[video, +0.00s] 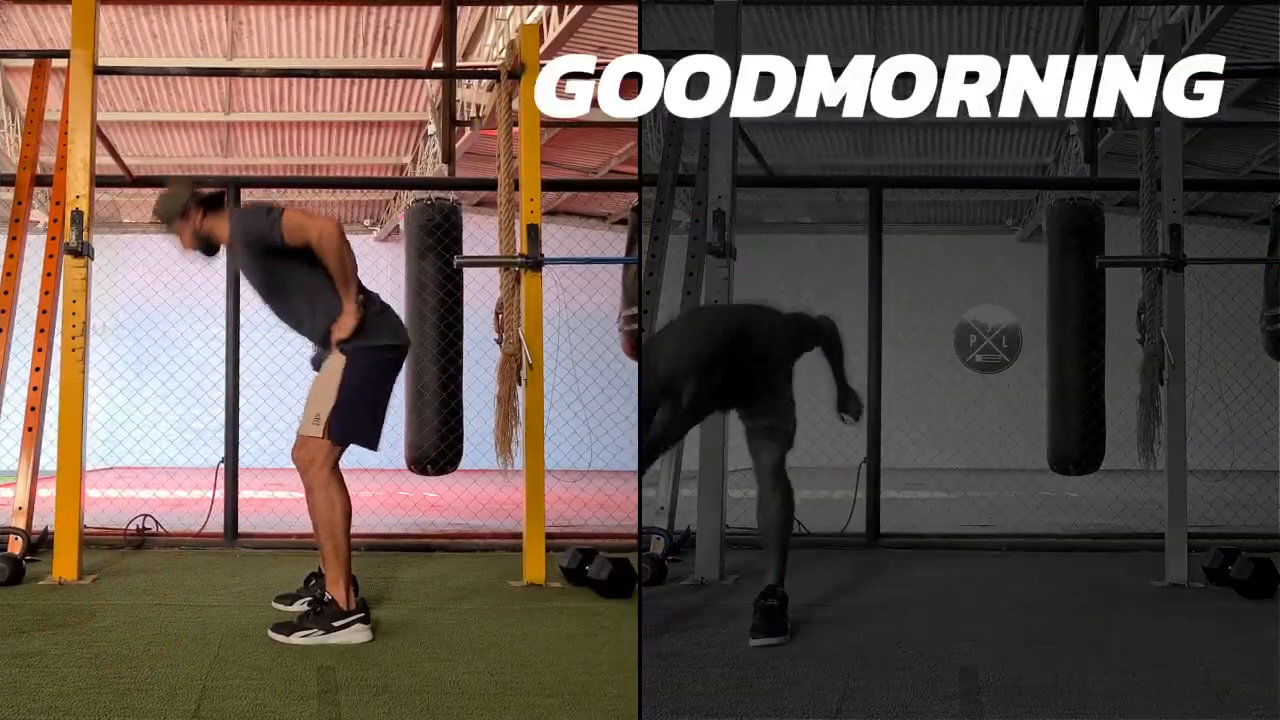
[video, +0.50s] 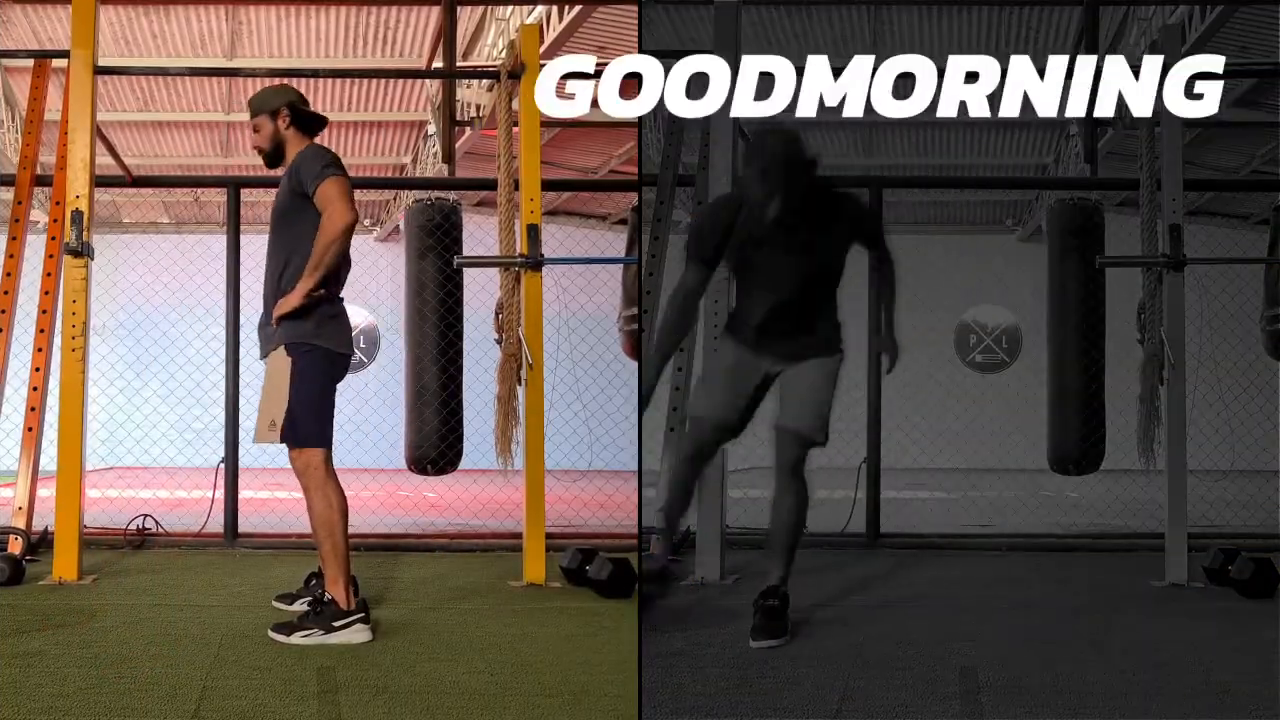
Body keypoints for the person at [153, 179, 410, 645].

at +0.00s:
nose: (177, 238)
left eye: (175, 227)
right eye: (172, 229)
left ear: (196, 211)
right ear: (196, 213)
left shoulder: (248, 222)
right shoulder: (242, 236)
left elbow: (326, 231)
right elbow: (321, 236)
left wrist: (349, 307)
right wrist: (336, 316)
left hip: (361, 342)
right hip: (353, 342)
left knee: (313, 457)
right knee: (316, 457)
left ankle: (341, 605)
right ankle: (336, 579)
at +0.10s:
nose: (192, 194)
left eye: (191, 182)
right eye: (188, 185)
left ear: (212, 167)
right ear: (215, 167)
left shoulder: (264, 187)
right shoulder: (255, 202)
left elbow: (334, 212)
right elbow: (329, 217)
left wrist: (337, 294)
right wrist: (324, 302)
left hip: (347, 340)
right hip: (337, 341)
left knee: (312, 458)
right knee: (312, 457)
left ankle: (341, 604)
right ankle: (336, 581)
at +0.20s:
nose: (212, 161)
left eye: (213, 149)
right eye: (209, 152)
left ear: (237, 137)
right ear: (237, 137)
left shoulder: (282, 165)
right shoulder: (273, 178)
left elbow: (337, 206)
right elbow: (334, 212)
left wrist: (323, 287)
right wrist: (314, 293)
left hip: (333, 337)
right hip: (326, 337)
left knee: (313, 458)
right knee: (313, 458)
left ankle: (342, 604)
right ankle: (334, 579)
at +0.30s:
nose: (228, 142)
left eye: (232, 131)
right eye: (227, 132)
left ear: (258, 124)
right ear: (262, 124)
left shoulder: (295, 158)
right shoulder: (287, 167)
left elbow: (339, 210)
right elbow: (333, 222)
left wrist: (313, 288)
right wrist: (306, 293)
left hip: (321, 339)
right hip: (317, 339)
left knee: (312, 460)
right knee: (313, 460)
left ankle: (342, 604)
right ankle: (333, 579)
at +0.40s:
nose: (244, 137)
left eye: (248, 126)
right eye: (242, 128)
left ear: (274, 119)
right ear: (275, 120)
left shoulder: (307, 159)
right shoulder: (296, 169)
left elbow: (341, 214)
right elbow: (329, 233)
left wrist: (306, 291)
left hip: (311, 340)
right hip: (309, 339)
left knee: (310, 464)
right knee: (313, 464)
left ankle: (341, 603)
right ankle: (333, 582)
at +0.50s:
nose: (252, 137)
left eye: (256, 125)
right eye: (251, 128)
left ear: (283, 119)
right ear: (284, 121)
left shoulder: (314, 160)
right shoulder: (303, 170)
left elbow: (342, 218)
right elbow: (329, 243)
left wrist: (303, 290)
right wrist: (322, 312)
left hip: (307, 340)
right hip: (304, 339)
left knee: (311, 464)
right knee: (312, 463)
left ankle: (341, 602)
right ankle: (333, 581)